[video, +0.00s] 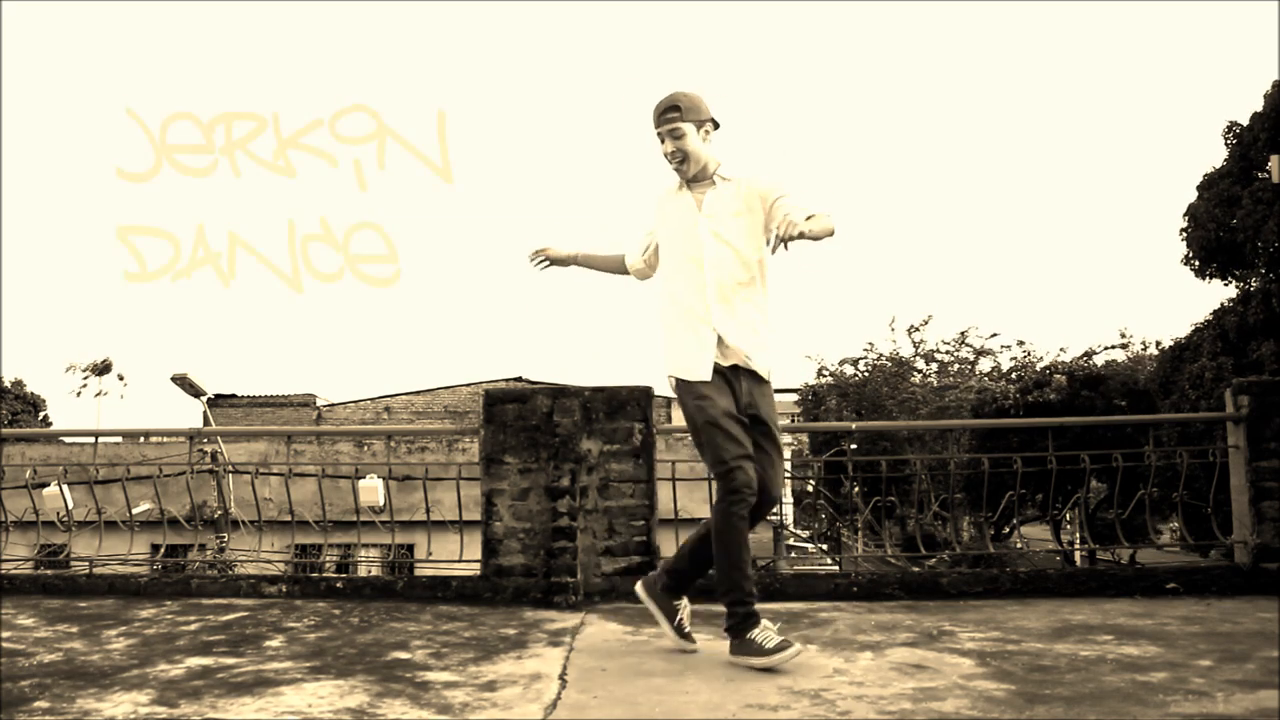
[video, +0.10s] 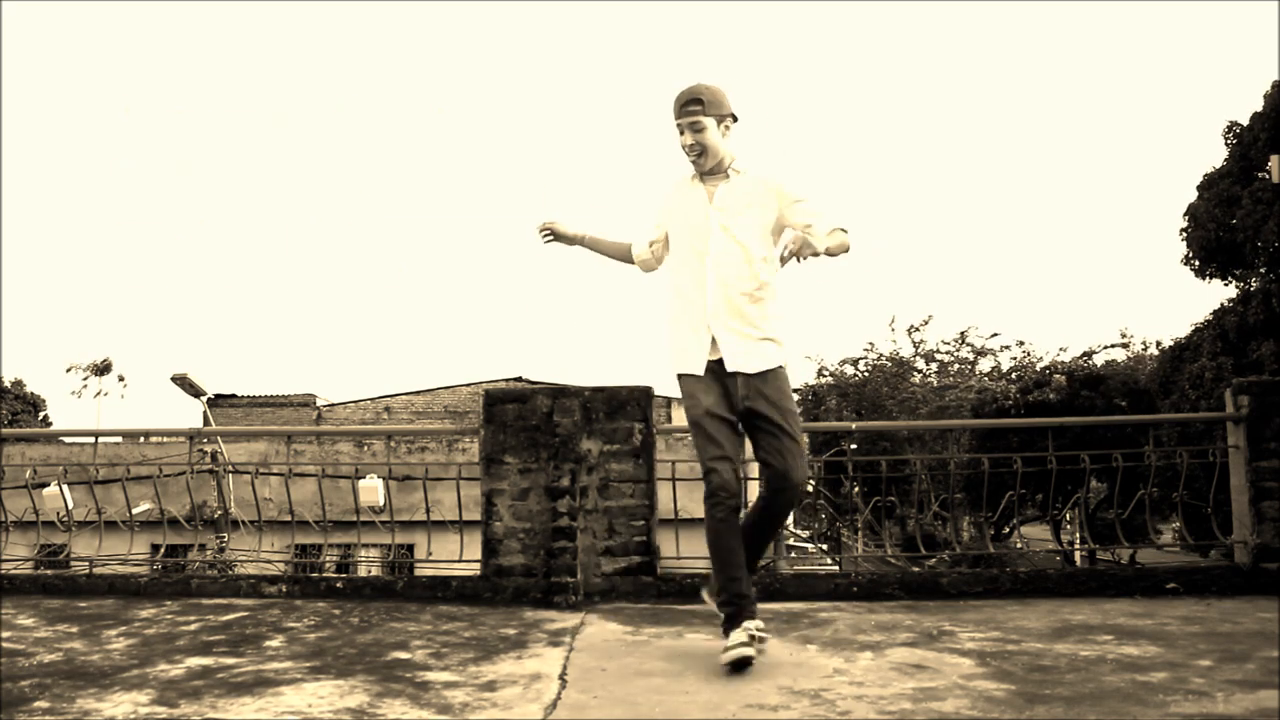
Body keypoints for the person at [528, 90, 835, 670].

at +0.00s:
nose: (669, 149)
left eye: (677, 136)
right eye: (662, 140)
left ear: (708, 132)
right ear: (660, 146)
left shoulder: (755, 194)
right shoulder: (670, 207)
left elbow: (825, 223)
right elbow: (639, 263)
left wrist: (801, 225)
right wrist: (572, 257)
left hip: (751, 364)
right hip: (696, 364)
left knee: (764, 494)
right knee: (738, 483)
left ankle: (664, 585)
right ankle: (743, 627)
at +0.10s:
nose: (688, 140)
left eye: (696, 129)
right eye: (681, 132)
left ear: (727, 127)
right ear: (678, 136)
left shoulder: (768, 192)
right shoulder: (679, 199)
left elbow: (839, 239)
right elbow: (647, 256)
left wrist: (812, 239)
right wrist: (576, 238)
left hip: (759, 354)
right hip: (697, 358)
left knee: (791, 479)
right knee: (722, 484)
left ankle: (729, 575)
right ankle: (739, 622)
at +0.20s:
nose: (719, 139)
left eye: (728, 128)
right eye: (712, 130)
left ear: (756, 130)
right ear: (706, 136)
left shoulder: (790, 201)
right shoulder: (696, 194)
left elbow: (846, 257)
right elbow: (645, 241)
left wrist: (856, 276)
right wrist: (581, 209)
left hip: (772, 369)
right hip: (707, 370)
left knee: (791, 494)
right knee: (688, 479)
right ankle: (722, 619)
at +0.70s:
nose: (763, 127)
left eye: (775, 119)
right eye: (758, 116)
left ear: (798, 128)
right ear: (749, 122)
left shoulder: (806, 206)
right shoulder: (716, 177)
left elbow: (813, 282)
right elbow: (648, 218)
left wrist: (852, 346)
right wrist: (582, 225)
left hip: (753, 353)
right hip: (695, 339)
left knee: (730, 488)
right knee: (648, 409)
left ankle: (738, 621)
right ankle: (653, 562)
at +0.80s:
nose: (751, 124)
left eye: (764, 116)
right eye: (747, 114)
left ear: (790, 123)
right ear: (741, 118)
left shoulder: (804, 201)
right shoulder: (712, 175)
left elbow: (842, 272)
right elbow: (632, 204)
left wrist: (897, 321)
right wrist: (558, 204)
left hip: (756, 342)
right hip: (695, 329)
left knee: (728, 475)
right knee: (677, 422)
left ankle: (716, 612)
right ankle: (674, 563)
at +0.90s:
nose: (743, 120)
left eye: (754, 111)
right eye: (737, 112)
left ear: (784, 118)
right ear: (733, 118)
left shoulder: (804, 202)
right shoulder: (708, 175)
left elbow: (865, 259)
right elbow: (634, 205)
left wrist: (934, 289)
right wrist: (558, 201)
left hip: (755, 347)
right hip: (698, 335)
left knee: (733, 473)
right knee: (730, 455)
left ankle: (643, 591)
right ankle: (727, 600)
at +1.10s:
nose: (749, 142)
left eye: (760, 133)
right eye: (743, 133)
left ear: (788, 141)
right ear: (738, 142)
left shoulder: (812, 216)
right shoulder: (717, 197)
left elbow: (858, 288)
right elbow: (653, 240)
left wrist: (867, 254)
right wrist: (578, 236)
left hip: (762, 367)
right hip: (711, 355)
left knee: (801, 491)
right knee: (760, 481)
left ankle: (687, 576)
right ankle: (763, 633)